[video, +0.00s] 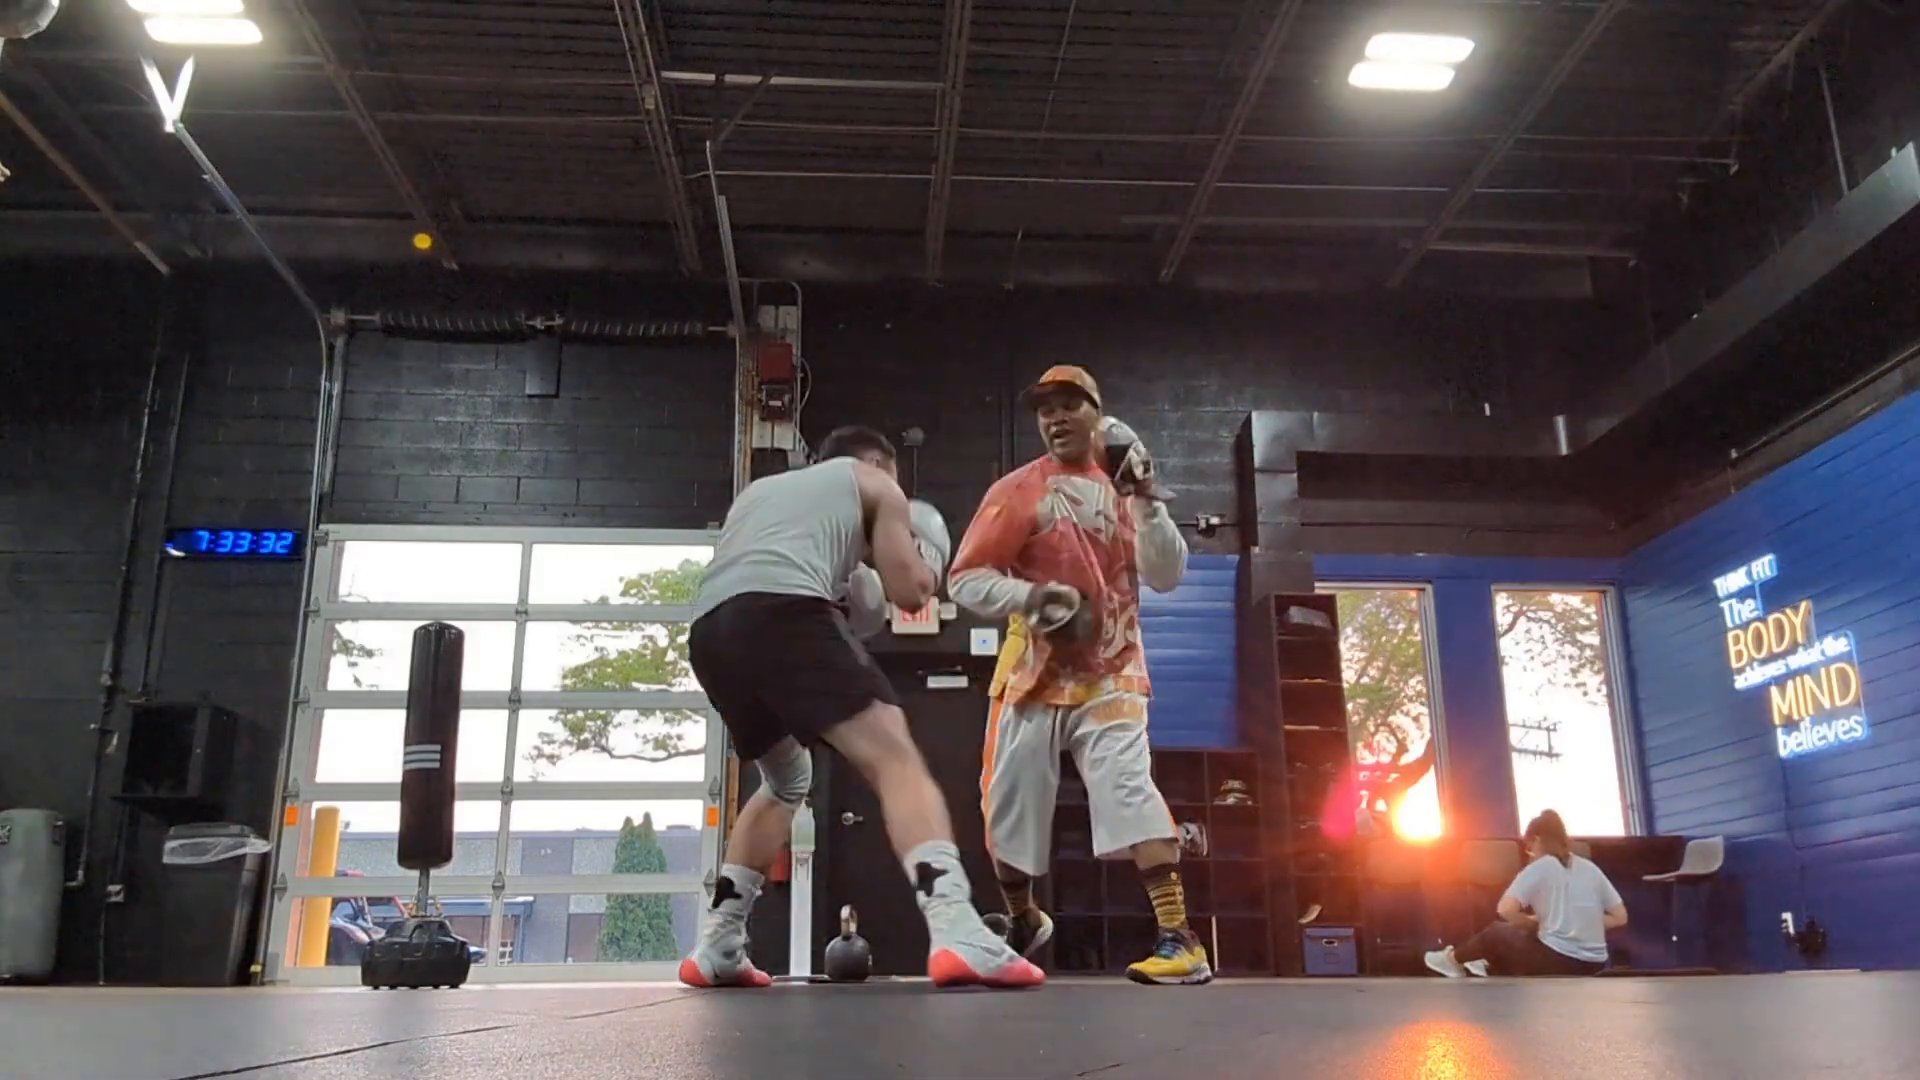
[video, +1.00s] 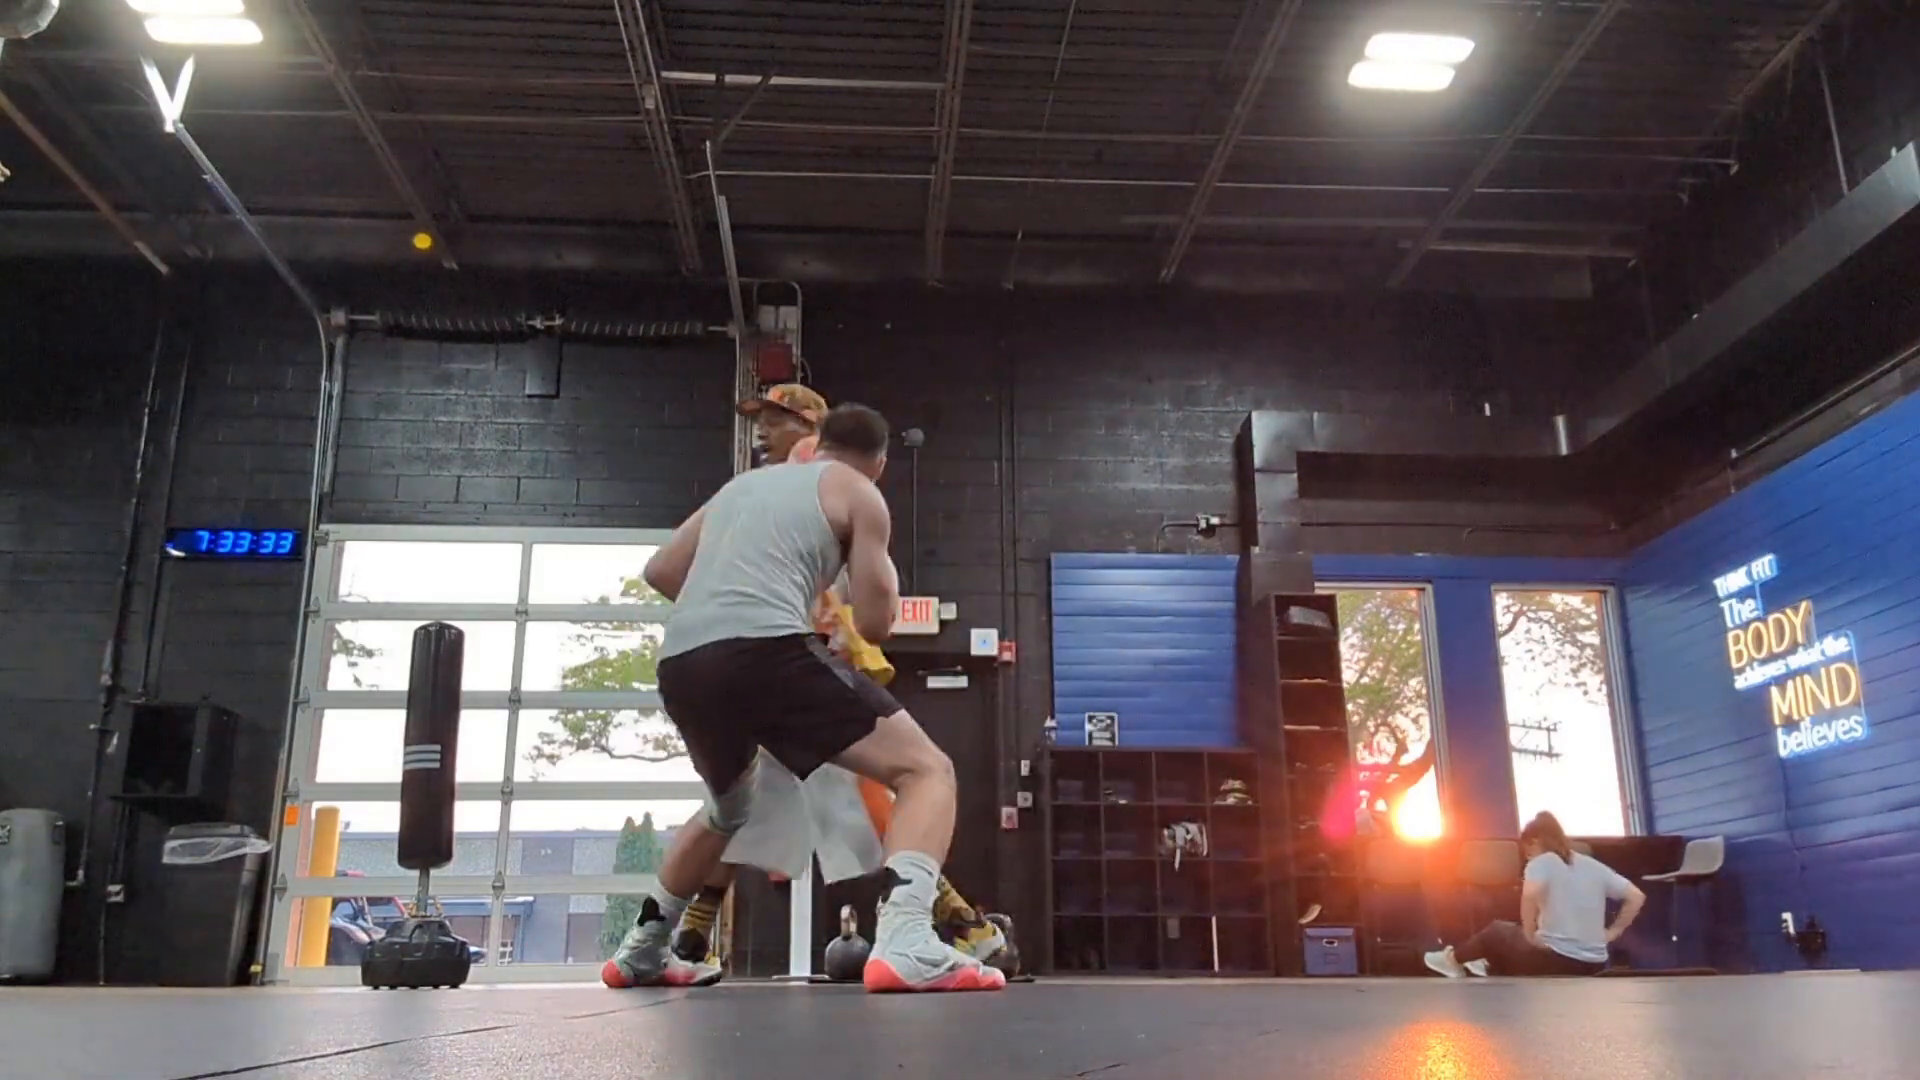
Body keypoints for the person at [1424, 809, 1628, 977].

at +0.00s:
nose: (1529, 853)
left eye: (1529, 847)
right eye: (1528, 848)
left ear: (1538, 840)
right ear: (1562, 839)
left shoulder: (1540, 867)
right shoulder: (1590, 868)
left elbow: (1505, 909)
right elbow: (1620, 918)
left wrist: (1532, 923)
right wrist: (1582, 923)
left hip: (1559, 959)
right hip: (1595, 962)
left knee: (1497, 931)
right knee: (1522, 935)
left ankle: (1453, 959)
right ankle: (1488, 965)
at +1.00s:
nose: (1527, 856)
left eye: (1527, 849)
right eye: (1526, 850)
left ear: (1537, 842)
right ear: (1558, 840)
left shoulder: (1540, 863)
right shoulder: (1592, 866)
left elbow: (1531, 895)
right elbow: (1636, 897)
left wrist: (1529, 935)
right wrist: (1614, 932)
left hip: (1559, 958)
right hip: (1595, 961)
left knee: (1499, 931)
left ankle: (1451, 958)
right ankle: (1487, 964)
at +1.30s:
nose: (1525, 850)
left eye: (1525, 844)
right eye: (1524, 844)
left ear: (1532, 841)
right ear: (1556, 838)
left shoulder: (1537, 863)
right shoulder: (1587, 864)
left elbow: (1541, 894)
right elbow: (1632, 893)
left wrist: (1538, 941)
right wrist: (1621, 940)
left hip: (1559, 960)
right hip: (1594, 961)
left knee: (1497, 929)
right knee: (1520, 934)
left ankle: (1452, 959)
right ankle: (1487, 963)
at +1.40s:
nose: (1524, 848)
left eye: (1524, 842)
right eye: (1524, 843)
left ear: (1531, 841)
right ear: (1555, 838)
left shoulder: (1535, 864)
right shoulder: (1587, 866)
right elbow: (1630, 898)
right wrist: (1613, 936)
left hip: (1555, 961)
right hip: (1593, 962)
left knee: (1496, 929)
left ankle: (1451, 959)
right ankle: (1487, 963)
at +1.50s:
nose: (1524, 849)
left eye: (1524, 843)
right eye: (1524, 843)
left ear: (1529, 842)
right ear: (1555, 838)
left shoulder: (1533, 865)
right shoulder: (1584, 867)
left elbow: (1523, 898)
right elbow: (1625, 909)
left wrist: (1509, 937)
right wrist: (1599, 934)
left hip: (1555, 959)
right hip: (1593, 961)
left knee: (1494, 929)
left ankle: (1452, 959)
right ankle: (1486, 962)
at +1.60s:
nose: (1522, 846)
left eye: (1523, 841)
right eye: (1523, 841)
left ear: (1528, 841)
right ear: (1554, 840)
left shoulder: (1529, 868)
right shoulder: (1581, 868)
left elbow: (1516, 900)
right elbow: (1612, 921)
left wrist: (1495, 920)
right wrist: (1584, 931)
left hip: (1556, 958)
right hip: (1594, 961)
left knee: (1497, 929)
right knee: (1527, 927)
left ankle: (1453, 958)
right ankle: (1484, 962)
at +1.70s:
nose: (1520, 853)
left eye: (1520, 847)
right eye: (1520, 847)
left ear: (1524, 848)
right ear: (1551, 845)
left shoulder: (1528, 868)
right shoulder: (1576, 869)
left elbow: (1509, 905)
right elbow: (1593, 910)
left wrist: (1488, 911)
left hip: (1557, 958)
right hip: (1593, 961)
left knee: (1492, 934)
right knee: (1529, 925)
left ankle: (1453, 959)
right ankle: (1485, 962)